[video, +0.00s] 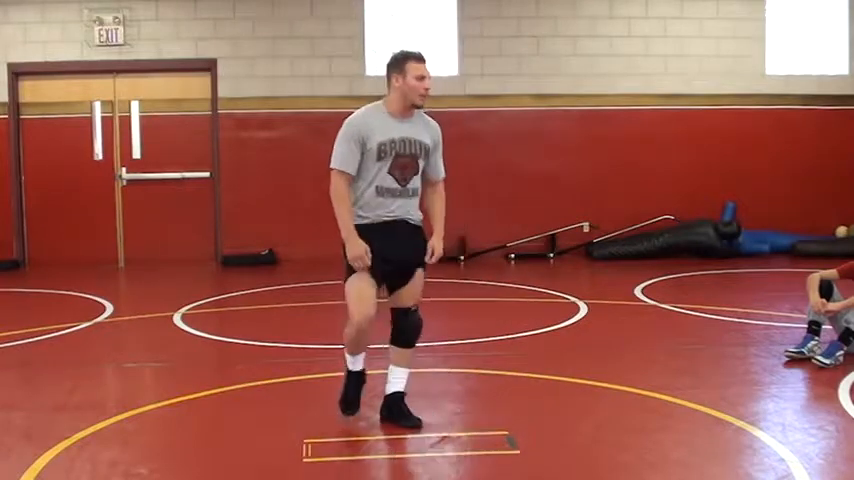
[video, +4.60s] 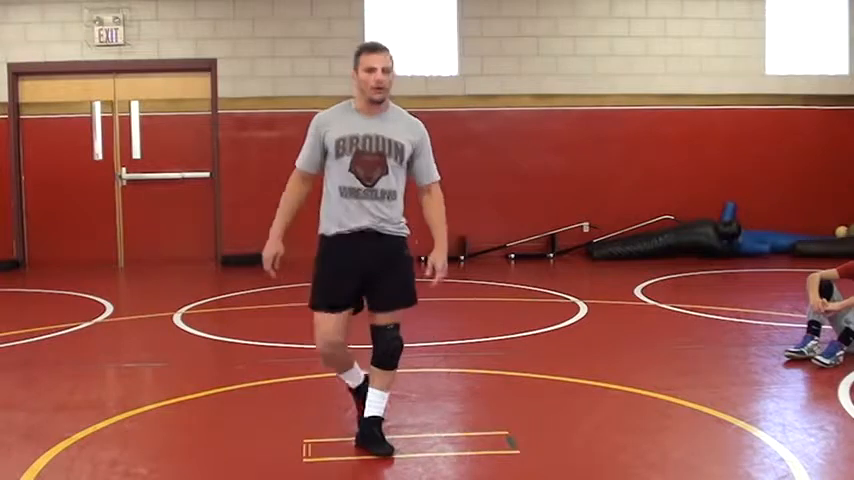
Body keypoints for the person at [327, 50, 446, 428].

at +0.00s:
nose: (427, 85)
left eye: (428, 79)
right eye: (420, 79)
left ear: (421, 83)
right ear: (395, 81)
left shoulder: (430, 129)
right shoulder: (360, 123)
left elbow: (434, 185)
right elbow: (339, 182)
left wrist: (437, 233)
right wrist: (350, 239)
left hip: (408, 228)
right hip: (364, 228)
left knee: (408, 321)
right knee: (362, 317)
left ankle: (394, 400)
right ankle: (354, 373)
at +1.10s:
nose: (405, 142)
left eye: (407, 134)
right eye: (397, 135)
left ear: (410, 133)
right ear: (376, 134)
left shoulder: (413, 161)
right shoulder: (343, 163)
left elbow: (407, 210)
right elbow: (327, 218)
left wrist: (393, 255)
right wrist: (332, 268)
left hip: (372, 231)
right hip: (331, 231)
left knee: (398, 304)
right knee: (324, 306)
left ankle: (397, 377)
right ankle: (322, 383)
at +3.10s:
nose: (407, 101)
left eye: (414, 93)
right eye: (400, 93)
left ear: (424, 91)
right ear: (389, 89)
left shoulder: (439, 131)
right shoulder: (364, 125)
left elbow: (448, 183)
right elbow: (344, 175)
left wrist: (445, 228)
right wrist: (341, 224)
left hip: (411, 228)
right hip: (368, 226)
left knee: (409, 310)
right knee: (362, 306)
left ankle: (398, 378)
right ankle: (356, 386)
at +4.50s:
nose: (379, 75)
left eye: (384, 68)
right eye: (370, 68)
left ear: (391, 74)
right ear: (353, 74)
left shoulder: (411, 126)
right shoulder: (325, 122)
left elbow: (429, 185)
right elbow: (302, 180)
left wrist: (446, 240)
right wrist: (284, 236)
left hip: (389, 239)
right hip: (340, 240)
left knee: (387, 339)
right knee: (342, 342)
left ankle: (372, 423)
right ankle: (366, 390)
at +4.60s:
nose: (379, 78)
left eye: (385, 70)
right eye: (370, 70)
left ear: (394, 77)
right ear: (354, 76)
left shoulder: (412, 129)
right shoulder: (326, 123)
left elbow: (430, 190)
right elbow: (300, 180)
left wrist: (441, 246)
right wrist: (275, 235)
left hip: (389, 244)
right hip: (337, 243)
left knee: (388, 342)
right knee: (328, 346)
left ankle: (372, 426)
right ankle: (360, 385)